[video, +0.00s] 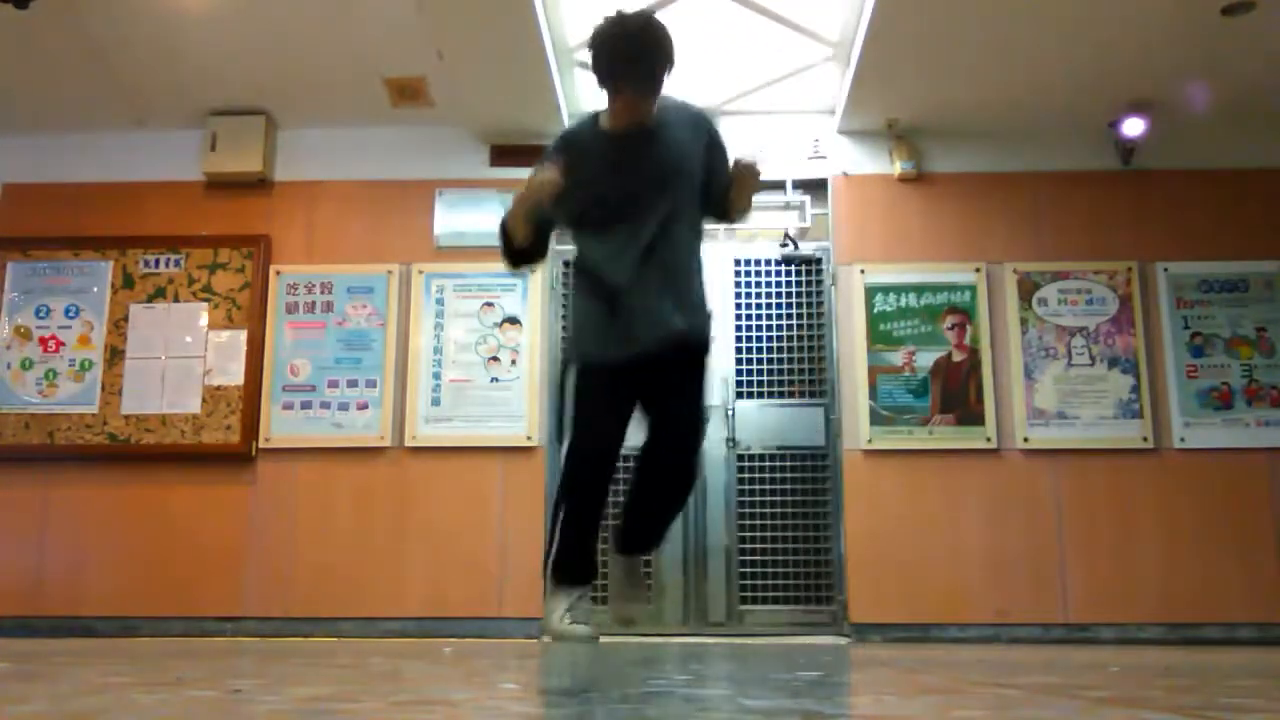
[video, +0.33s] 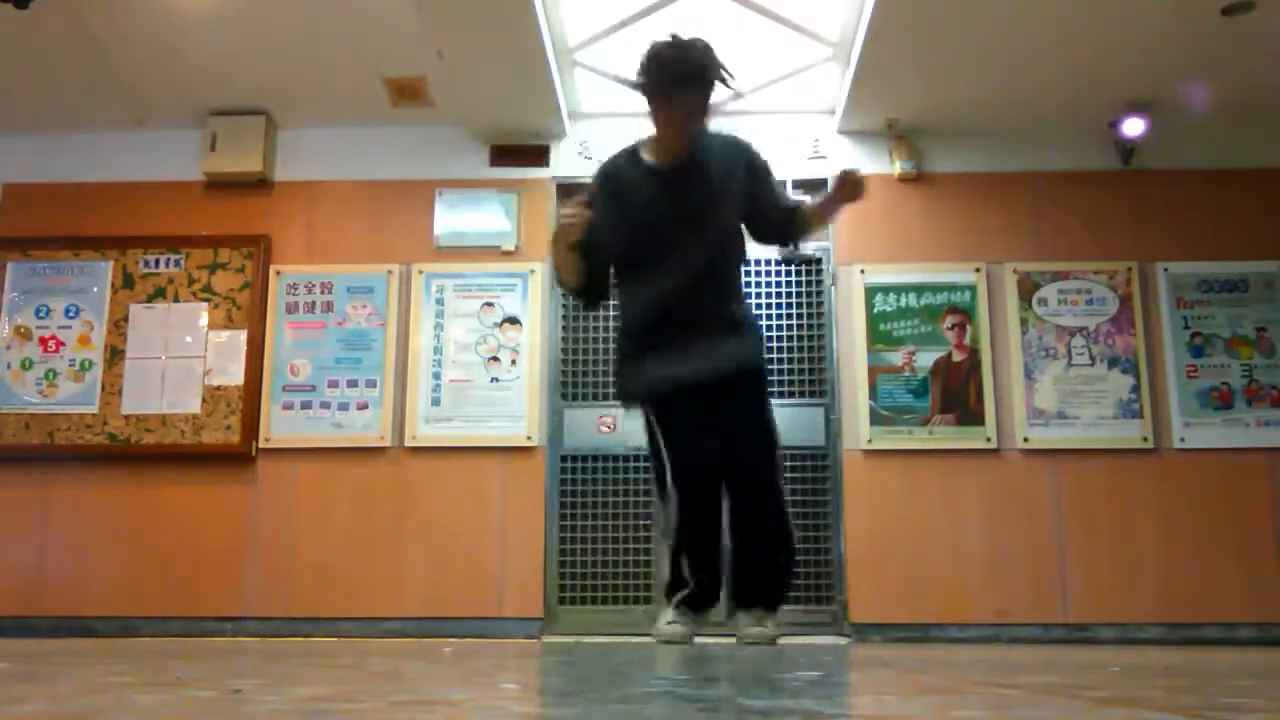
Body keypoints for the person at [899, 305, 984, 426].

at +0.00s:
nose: (957, 331)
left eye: (961, 326)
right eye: (951, 327)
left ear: (969, 328)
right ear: (944, 331)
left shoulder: (980, 360)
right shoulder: (940, 364)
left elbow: (986, 408)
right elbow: (918, 392)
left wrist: (955, 418)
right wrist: (909, 370)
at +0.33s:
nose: (957, 331)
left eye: (961, 326)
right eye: (951, 327)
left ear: (969, 328)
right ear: (944, 331)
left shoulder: (980, 360)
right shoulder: (940, 364)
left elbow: (985, 408)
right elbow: (918, 392)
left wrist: (955, 418)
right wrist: (909, 370)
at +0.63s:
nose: (957, 331)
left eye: (961, 326)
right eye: (951, 327)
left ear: (969, 328)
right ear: (944, 331)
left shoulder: (980, 360)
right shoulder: (940, 364)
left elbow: (985, 408)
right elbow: (918, 392)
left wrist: (955, 418)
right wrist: (909, 370)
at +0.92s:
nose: (957, 331)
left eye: (962, 326)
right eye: (951, 327)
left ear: (969, 328)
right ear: (944, 331)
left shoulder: (980, 360)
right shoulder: (940, 364)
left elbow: (986, 408)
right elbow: (918, 392)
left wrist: (955, 418)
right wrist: (909, 370)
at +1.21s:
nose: (957, 331)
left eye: (962, 326)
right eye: (951, 327)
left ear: (969, 328)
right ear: (944, 331)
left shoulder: (980, 360)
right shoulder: (940, 364)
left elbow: (986, 408)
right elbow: (918, 392)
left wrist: (955, 418)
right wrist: (909, 369)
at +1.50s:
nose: (957, 331)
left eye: (961, 326)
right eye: (951, 327)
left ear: (969, 328)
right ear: (944, 331)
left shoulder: (980, 360)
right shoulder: (940, 364)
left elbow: (984, 409)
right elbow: (918, 392)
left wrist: (955, 418)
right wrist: (909, 370)